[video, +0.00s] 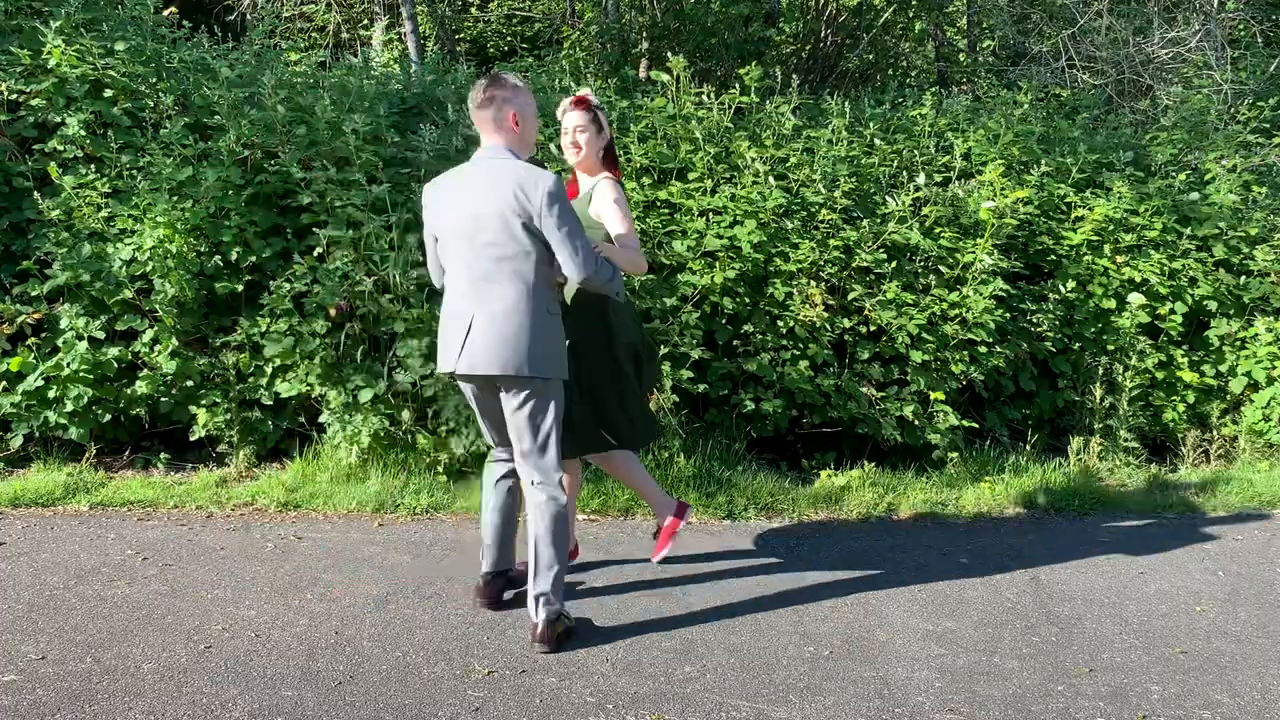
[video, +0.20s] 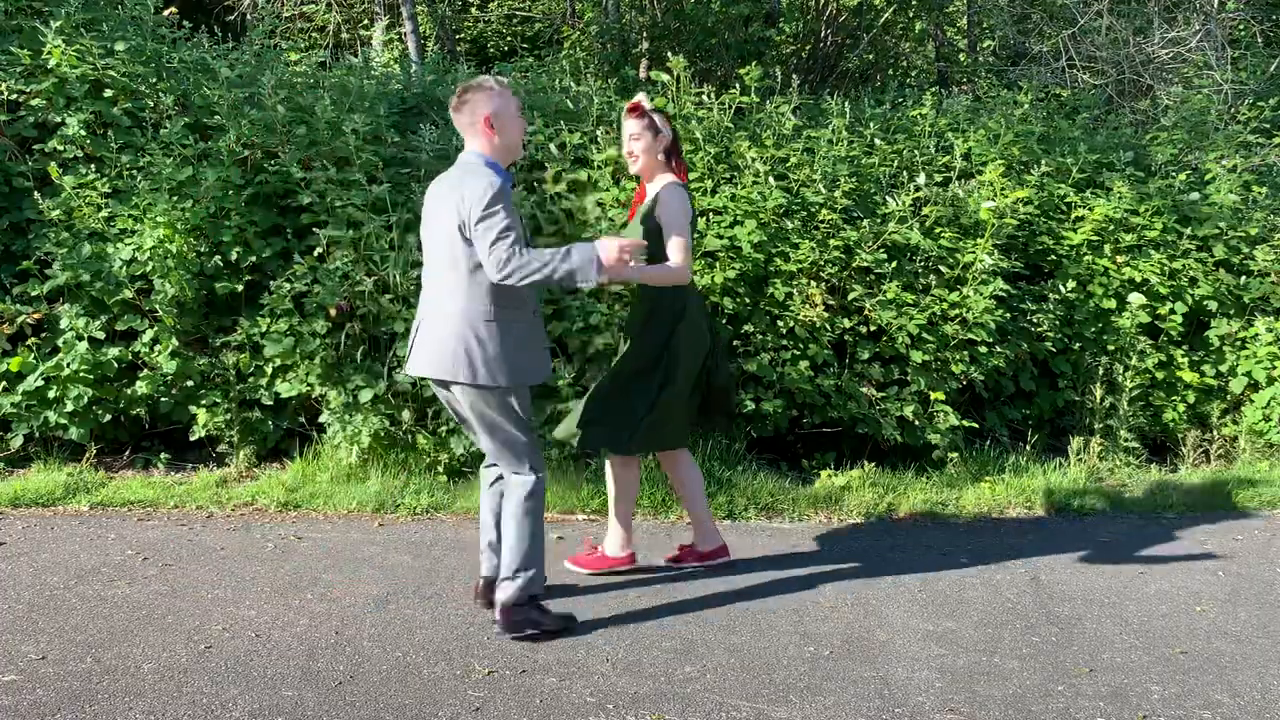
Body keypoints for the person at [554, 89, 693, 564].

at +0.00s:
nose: (571, 140)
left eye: (581, 132)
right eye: (565, 132)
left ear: (602, 138)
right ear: (560, 139)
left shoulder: (606, 189)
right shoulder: (578, 190)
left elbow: (636, 260)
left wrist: (587, 248)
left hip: (594, 317)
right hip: (575, 315)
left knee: (577, 430)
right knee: (577, 430)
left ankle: (561, 538)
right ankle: (667, 508)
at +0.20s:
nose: (628, 148)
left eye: (637, 138)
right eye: (625, 139)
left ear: (662, 142)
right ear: (625, 146)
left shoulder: (670, 193)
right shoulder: (651, 192)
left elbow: (680, 269)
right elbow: (654, 261)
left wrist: (622, 272)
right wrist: (615, 262)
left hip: (671, 329)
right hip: (663, 326)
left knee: (617, 418)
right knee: (665, 431)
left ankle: (617, 544)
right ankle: (708, 538)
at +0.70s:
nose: (691, 156)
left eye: (697, 144)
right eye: (689, 146)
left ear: (727, 141)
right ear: (711, 148)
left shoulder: (781, 185)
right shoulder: (701, 209)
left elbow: (859, 200)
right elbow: (690, 282)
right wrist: (639, 274)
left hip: (778, 319)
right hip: (729, 326)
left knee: (757, 444)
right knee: (724, 448)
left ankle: (763, 552)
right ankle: (747, 545)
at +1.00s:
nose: (695, 162)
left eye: (701, 151)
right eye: (693, 155)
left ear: (732, 146)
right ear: (718, 153)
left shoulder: (779, 185)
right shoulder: (707, 224)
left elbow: (843, 137)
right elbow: (682, 294)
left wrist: (863, 62)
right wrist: (623, 277)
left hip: (782, 327)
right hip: (730, 334)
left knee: (745, 461)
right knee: (723, 454)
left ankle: (701, 589)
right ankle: (757, 539)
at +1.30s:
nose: (683, 167)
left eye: (690, 155)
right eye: (678, 160)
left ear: (720, 151)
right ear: (684, 167)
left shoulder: (747, 195)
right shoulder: (698, 232)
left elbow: (780, 136)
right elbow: (656, 299)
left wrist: (776, 56)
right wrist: (591, 278)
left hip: (741, 317)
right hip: (711, 326)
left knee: (696, 453)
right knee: (666, 444)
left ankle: (716, 588)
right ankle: (691, 566)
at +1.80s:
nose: (584, 136)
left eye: (595, 127)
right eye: (584, 127)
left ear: (627, 140)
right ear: (590, 144)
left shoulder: (640, 190)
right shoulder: (600, 201)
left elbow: (614, 147)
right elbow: (589, 292)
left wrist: (591, 70)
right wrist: (520, 284)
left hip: (628, 335)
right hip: (597, 338)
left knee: (579, 467)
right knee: (619, 472)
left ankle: (532, 602)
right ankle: (699, 559)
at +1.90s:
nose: (565, 121)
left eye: (576, 111)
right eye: (559, 114)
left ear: (598, 123)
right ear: (556, 122)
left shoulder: (598, 172)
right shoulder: (575, 181)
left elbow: (537, 143)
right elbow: (570, 271)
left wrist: (519, 65)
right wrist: (517, 278)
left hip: (577, 327)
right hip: (561, 329)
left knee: (536, 462)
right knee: (570, 467)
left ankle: (532, 600)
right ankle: (663, 545)